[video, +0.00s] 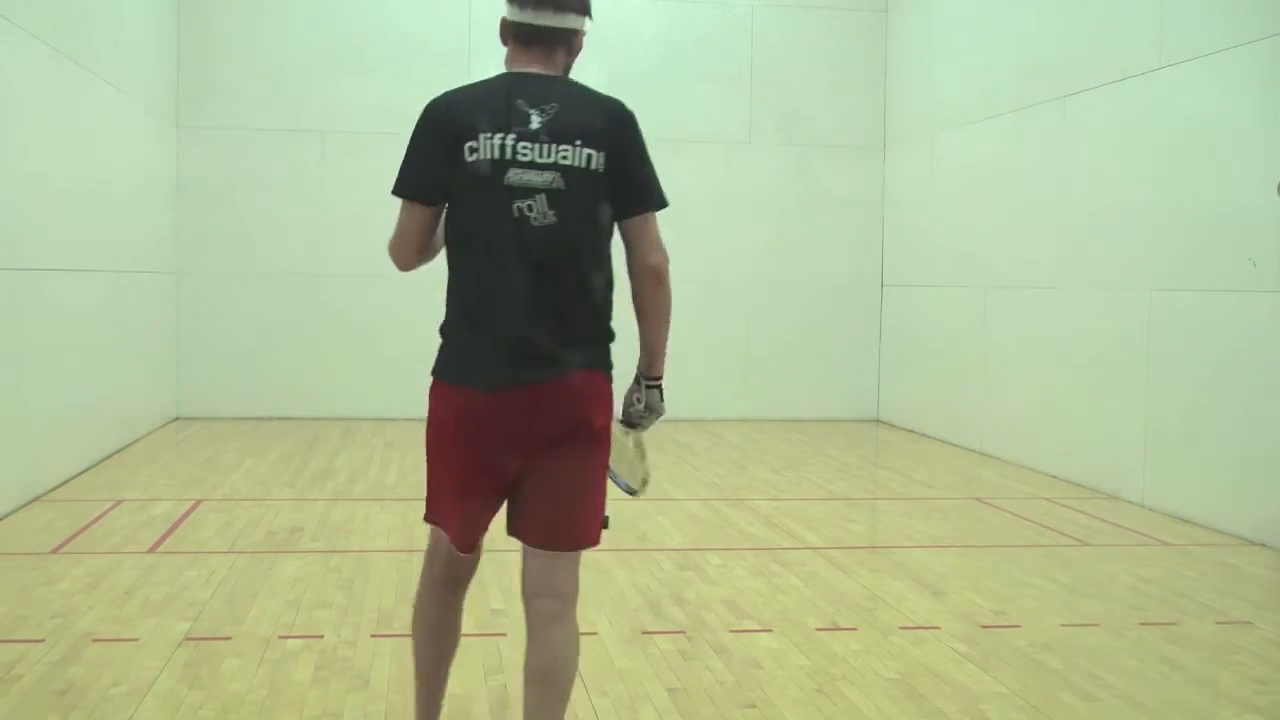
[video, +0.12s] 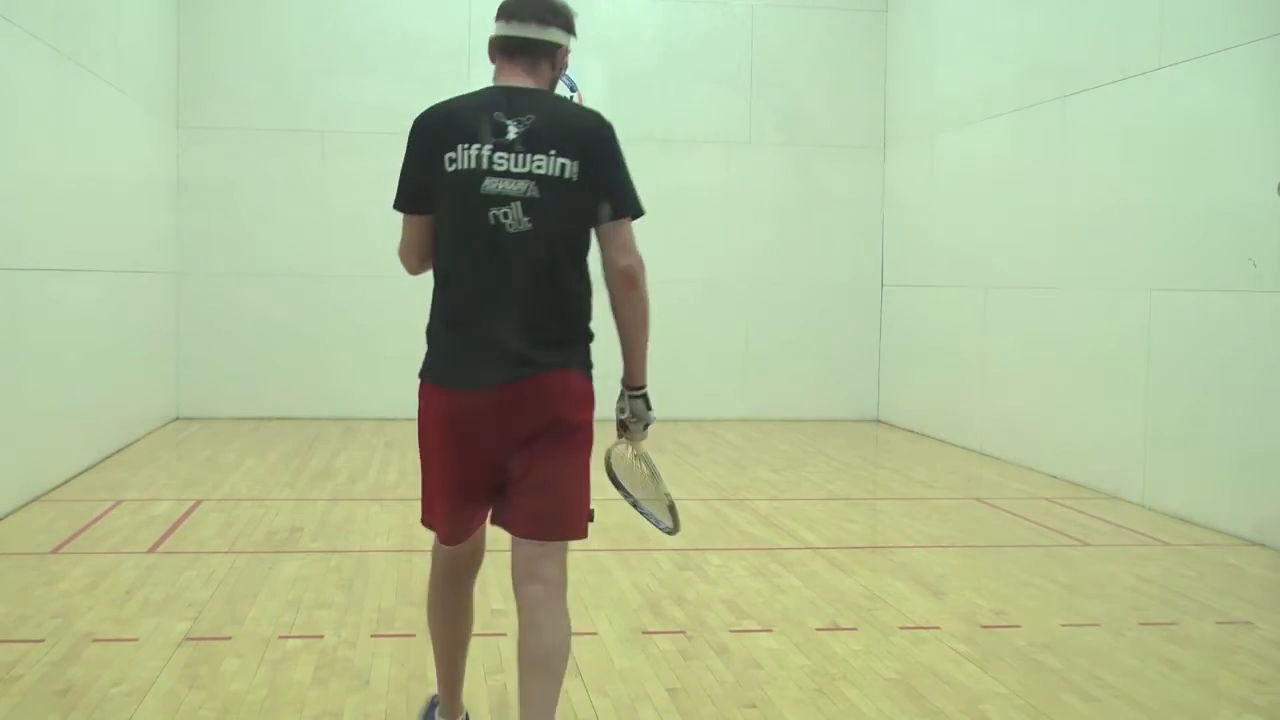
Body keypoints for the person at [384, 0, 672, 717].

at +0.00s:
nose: (563, 42)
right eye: (571, 33)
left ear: (504, 33)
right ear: (577, 42)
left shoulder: (450, 114)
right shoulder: (612, 121)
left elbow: (406, 252)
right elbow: (650, 265)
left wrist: (456, 209)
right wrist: (652, 374)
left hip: (474, 383)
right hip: (575, 384)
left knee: (447, 570)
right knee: (553, 599)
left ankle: (426, 714)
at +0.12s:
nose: (558, 66)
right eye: (561, 55)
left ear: (493, 51)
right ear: (560, 57)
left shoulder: (437, 124)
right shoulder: (588, 132)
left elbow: (414, 255)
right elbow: (624, 266)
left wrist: (470, 209)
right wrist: (635, 383)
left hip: (459, 377)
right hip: (557, 378)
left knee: (455, 551)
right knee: (543, 577)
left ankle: (448, 708)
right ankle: (537, 716)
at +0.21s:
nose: (550, 80)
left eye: (544, 70)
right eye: (552, 70)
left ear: (484, 62)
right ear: (548, 69)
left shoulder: (427, 132)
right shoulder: (572, 139)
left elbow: (415, 260)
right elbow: (606, 271)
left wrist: (483, 230)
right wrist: (623, 386)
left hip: (448, 379)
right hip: (543, 379)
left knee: (452, 549)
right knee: (541, 560)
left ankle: (449, 707)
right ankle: (540, 713)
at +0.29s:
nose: (548, 84)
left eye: (544, 74)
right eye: (550, 73)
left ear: (480, 68)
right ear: (542, 72)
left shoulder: (422, 133)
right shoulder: (563, 139)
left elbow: (407, 258)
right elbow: (592, 267)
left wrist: (469, 287)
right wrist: (609, 381)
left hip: (442, 374)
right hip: (531, 376)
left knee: (449, 546)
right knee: (534, 552)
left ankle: (449, 705)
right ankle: (531, 682)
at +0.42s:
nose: (555, 89)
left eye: (553, 80)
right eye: (556, 79)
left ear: (486, 71)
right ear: (546, 74)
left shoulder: (425, 127)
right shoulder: (556, 136)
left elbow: (393, 250)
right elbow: (583, 263)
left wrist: (445, 299)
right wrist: (602, 364)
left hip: (440, 364)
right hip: (525, 366)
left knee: (445, 543)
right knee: (525, 530)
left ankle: (451, 705)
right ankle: (510, 679)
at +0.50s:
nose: (560, 96)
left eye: (557, 86)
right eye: (562, 86)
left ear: (493, 75)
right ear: (551, 81)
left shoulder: (430, 130)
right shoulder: (556, 141)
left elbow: (389, 247)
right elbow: (578, 261)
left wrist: (437, 299)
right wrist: (598, 348)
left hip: (439, 364)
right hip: (522, 368)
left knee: (445, 537)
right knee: (525, 525)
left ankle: (451, 704)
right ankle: (505, 686)